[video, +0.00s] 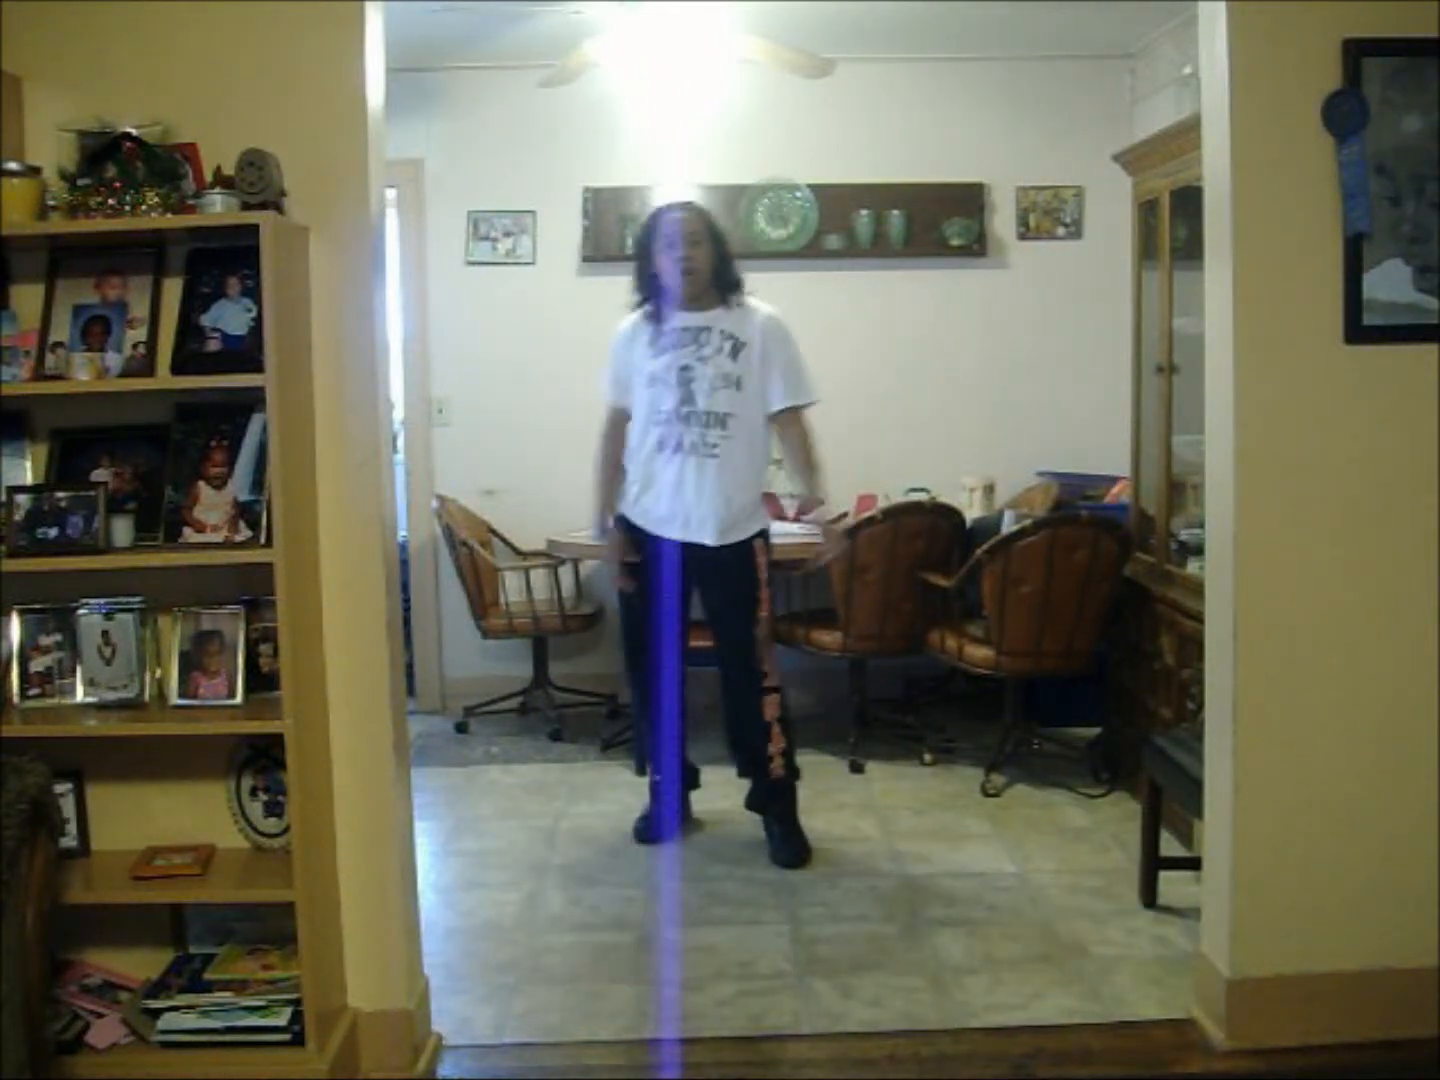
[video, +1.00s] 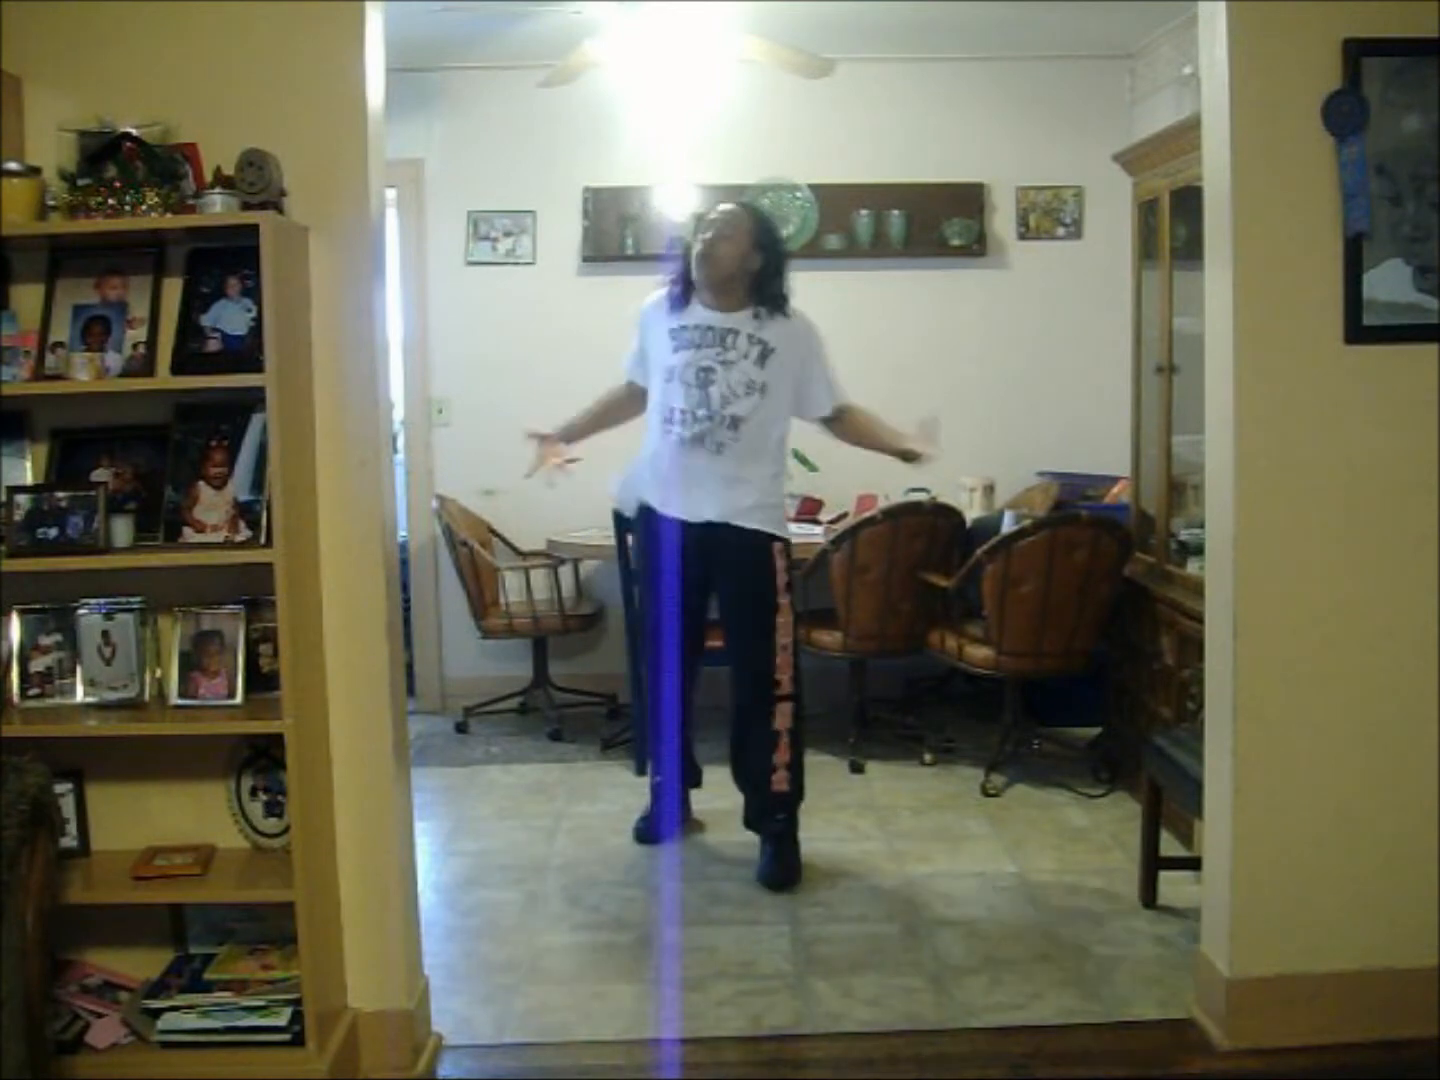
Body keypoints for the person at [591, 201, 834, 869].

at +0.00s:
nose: (682, 256)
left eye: (693, 244)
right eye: (669, 246)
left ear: (718, 252)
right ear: (648, 260)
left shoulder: (759, 328)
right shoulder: (633, 337)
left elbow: (788, 419)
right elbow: (615, 432)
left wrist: (812, 491)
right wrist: (608, 520)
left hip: (734, 523)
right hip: (650, 523)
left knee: (750, 665)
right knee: (654, 667)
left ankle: (777, 803)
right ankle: (667, 797)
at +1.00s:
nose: (709, 240)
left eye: (728, 233)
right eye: (705, 229)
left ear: (757, 258)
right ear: (691, 249)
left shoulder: (789, 331)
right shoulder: (661, 316)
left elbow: (834, 412)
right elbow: (635, 391)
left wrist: (896, 443)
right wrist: (567, 431)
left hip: (749, 517)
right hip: (665, 512)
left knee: (765, 670)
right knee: (664, 662)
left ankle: (777, 824)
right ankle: (669, 796)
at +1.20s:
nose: (704, 264)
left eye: (719, 257)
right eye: (707, 252)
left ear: (758, 272)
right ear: (711, 255)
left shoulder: (806, 350)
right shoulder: (682, 308)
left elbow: (861, 441)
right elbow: (648, 376)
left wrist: (923, 519)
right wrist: (601, 441)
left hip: (755, 525)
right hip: (672, 516)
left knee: (768, 676)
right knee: (666, 664)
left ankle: (776, 825)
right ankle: (670, 795)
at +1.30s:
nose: (701, 272)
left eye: (715, 264)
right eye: (704, 259)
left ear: (757, 276)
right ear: (715, 259)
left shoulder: (800, 352)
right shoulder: (688, 310)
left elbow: (829, 460)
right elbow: (667, 394)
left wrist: (848, 549)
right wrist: (654, 476)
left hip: (757, 527)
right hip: (677, 515)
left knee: (766, 675)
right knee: (667, 665)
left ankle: (776, 824)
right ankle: (670, 793)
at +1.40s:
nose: (702, 276)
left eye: (717, 267)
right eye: (703, 262)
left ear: (758, 274)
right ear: (707, 259)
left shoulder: (796, 349)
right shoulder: (689, 316)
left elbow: (811, 455)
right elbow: (685, 410)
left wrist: (796, 532)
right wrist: (669, 494)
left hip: (759, 524)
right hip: (681, 515)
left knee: (767, 674)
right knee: (668, 663)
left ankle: (776, 825)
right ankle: (671, 794)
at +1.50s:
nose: (692, 268)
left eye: (703, 258)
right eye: (693, 256)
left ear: (744, 266)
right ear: (718, 263)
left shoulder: (792, 350)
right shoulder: (694, 318)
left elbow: (774, 461)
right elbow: (691, 420)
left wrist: (716, 537)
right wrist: (665, 504)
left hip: (759, 532)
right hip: (682, 520)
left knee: (770, 679)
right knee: (663, 665)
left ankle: (776, 824)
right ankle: (671, 793)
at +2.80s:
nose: (672, 254)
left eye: (684, 243)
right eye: (659, 243)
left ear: (706, 253)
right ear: (637, 254)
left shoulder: (741, 330)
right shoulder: (615, 331)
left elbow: (768, 423)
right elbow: (620, 411)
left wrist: (784, 499)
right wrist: (682, 418)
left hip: (732, 506)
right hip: (654, 508)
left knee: (738, 653)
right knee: (661, 653)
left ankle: (747, 786)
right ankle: (678, 790)